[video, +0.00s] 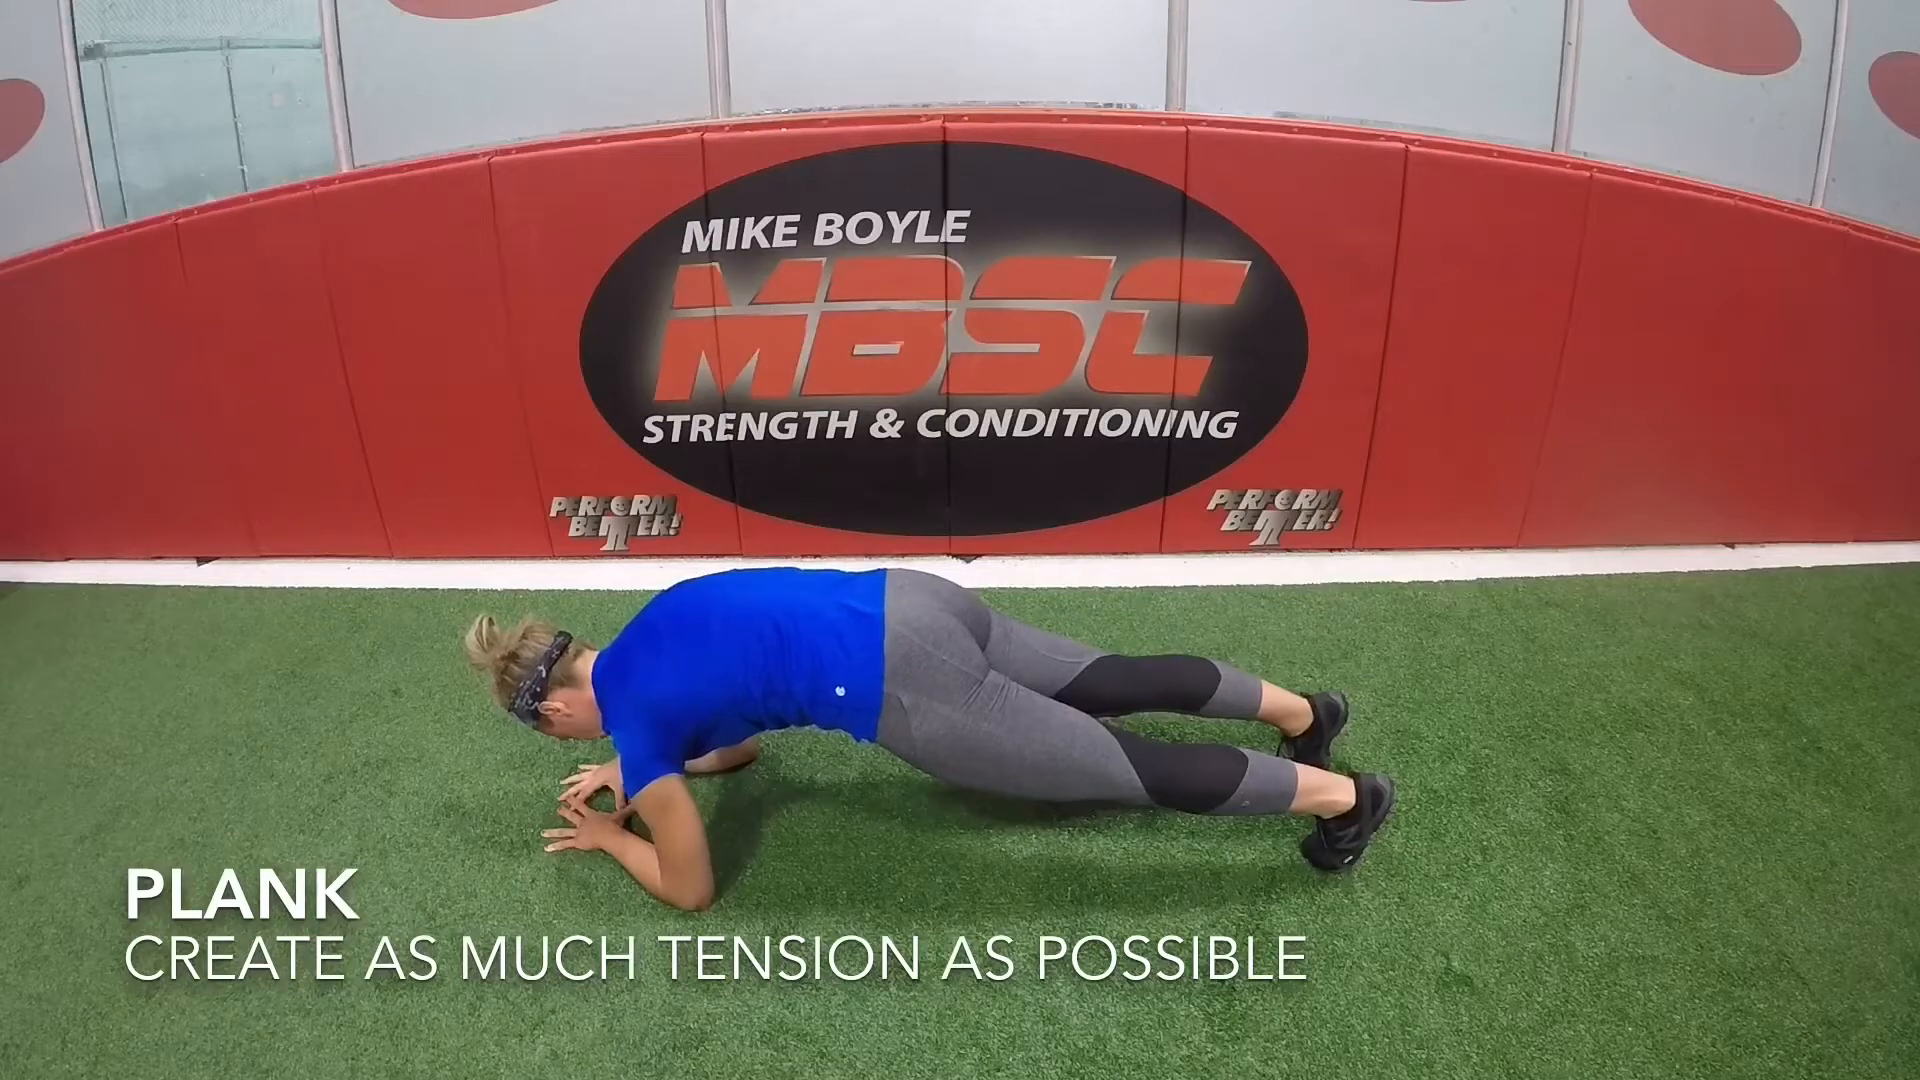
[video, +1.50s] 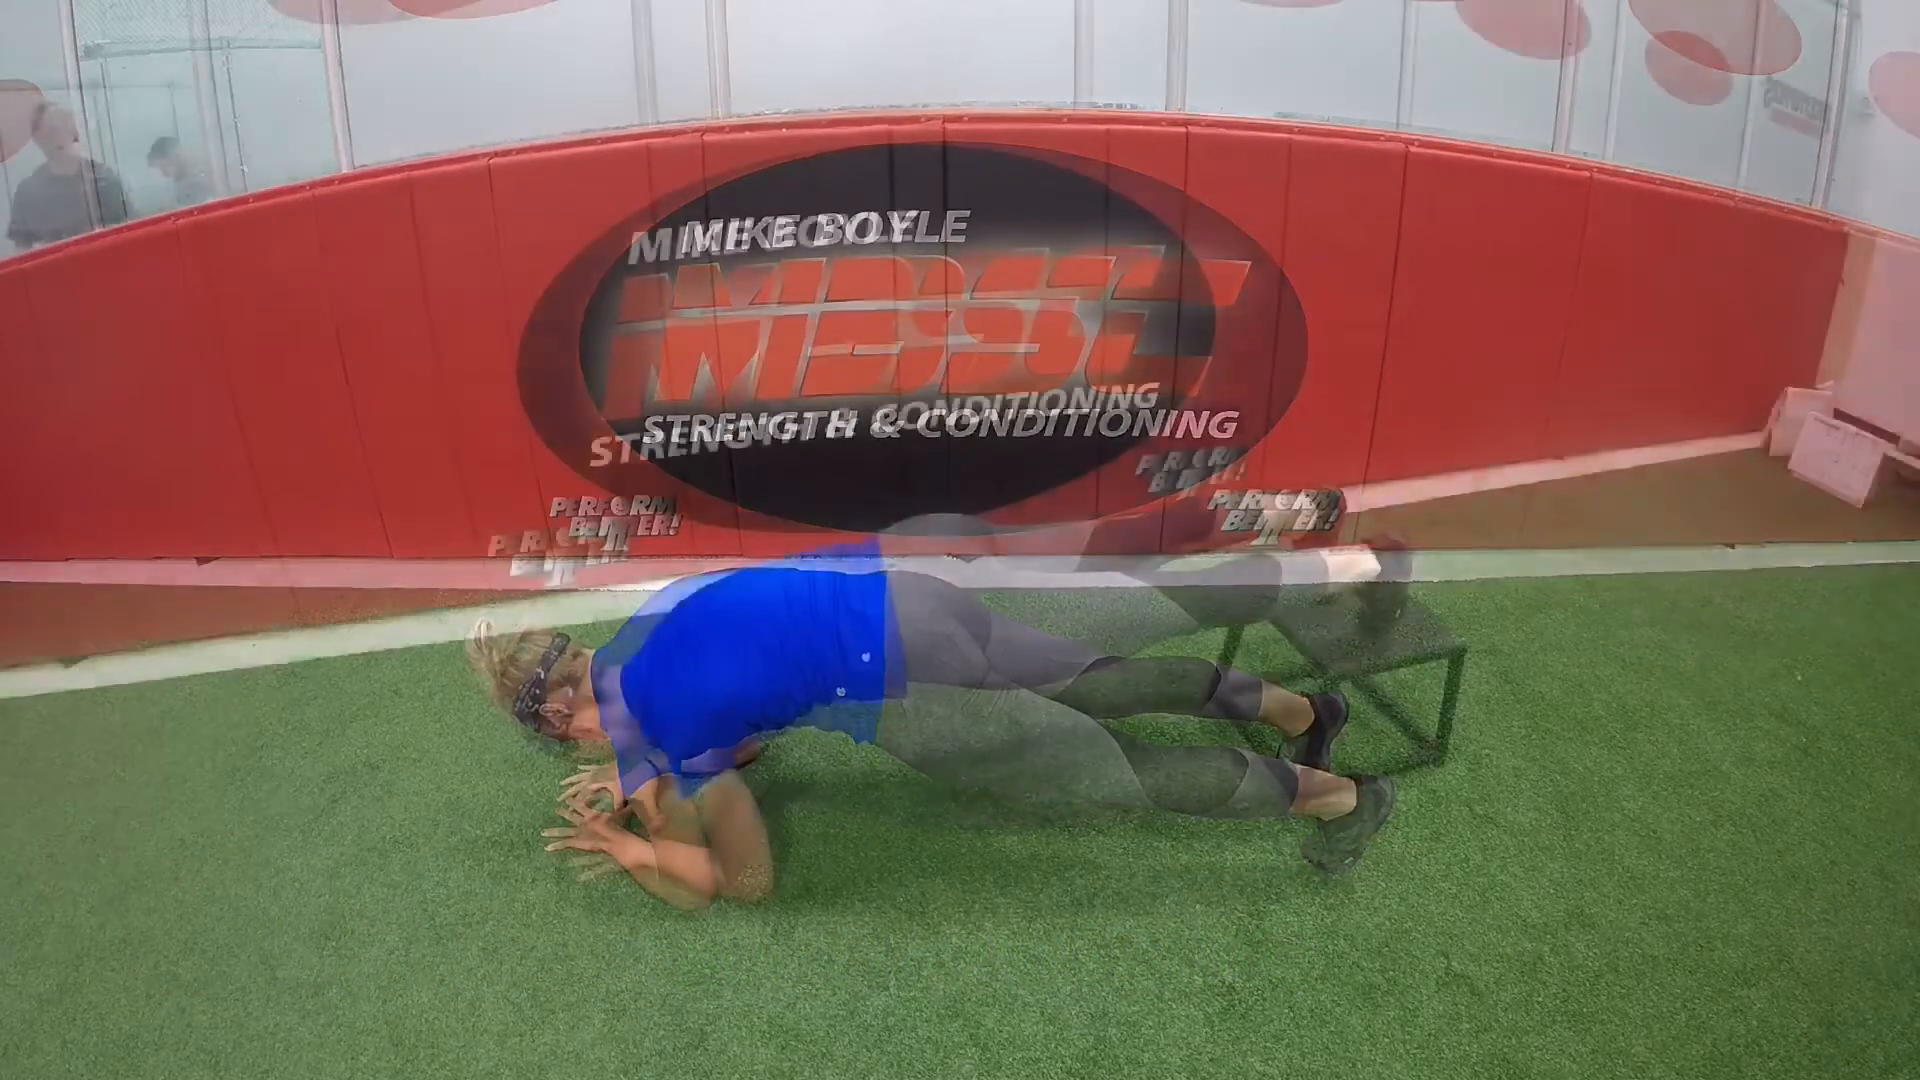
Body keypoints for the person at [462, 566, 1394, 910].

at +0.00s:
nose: (570, 737)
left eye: (555, 731)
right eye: (559, 731)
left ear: (562, 700)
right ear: (576, 650)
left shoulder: (633, 718)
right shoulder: (657, 613)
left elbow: (687, 885)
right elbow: (738, 744)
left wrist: (615, 841)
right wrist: (639, 778)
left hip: (899, 688)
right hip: (914, 592)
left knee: (1131, 769)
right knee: (1105, 678)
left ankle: (1341, 795)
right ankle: (1307, 715)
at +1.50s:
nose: (582, 744)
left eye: (564, 732)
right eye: (569, 734)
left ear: (575, 703)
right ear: (581, 660)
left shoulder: (650, 711)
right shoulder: (653, 627)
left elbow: (739, 878)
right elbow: (739, 759)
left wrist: (629, 852)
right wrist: (649, 782)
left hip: (897, 681)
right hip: (906, 583)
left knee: (1106, 774)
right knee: (1082, 670)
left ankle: (1325, 791)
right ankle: (1283, 706)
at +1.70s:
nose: (594, 755)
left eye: (578, 741)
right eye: (580, 745)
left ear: (592, 707)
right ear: (589, 677)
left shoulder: (681, 720)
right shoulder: (658, 640)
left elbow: (744, 880)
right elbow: (746, 756)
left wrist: (641, 858)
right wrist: (659, 808)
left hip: (926, 626)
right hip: (905, 544)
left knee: (1147, 611)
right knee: (1101, 556)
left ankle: (1330, 572)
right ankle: (1260, 514)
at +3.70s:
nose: (609, 752)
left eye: (593, 743)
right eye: (597, 745)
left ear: (602, 710)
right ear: (601, 670)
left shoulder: (689, 717)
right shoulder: (673, 629)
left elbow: (748, 878)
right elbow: (749, 741)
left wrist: (645, 852)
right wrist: (660, 792)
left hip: (942, 629)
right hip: (921, 540)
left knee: (1176, 607)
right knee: (1119, 544)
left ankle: (1346, 566)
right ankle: (1276, 508)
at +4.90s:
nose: (609, 755)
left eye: (593, 746)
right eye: (597, 748)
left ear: (601, 711)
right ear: (600, 673)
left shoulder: (689, 719)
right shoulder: (670, 631)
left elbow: (746, 878)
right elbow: (749, 736)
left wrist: (646, 851)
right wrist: (660, 792)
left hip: (935, 626)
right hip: (918, 539)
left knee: (1165, 613)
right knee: (1114, 547)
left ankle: (1345, 570)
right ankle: (1274, 507)